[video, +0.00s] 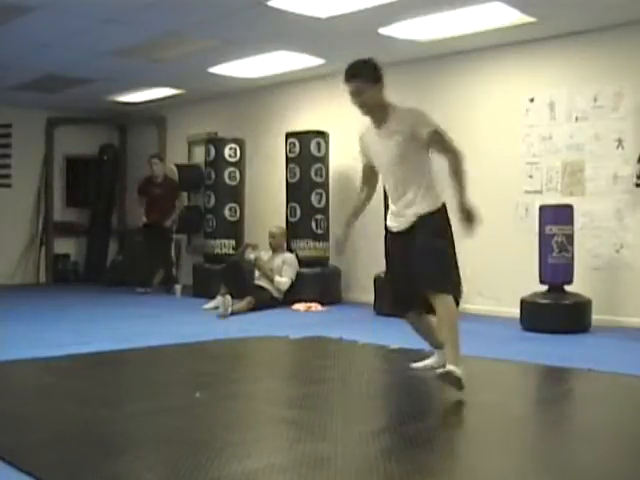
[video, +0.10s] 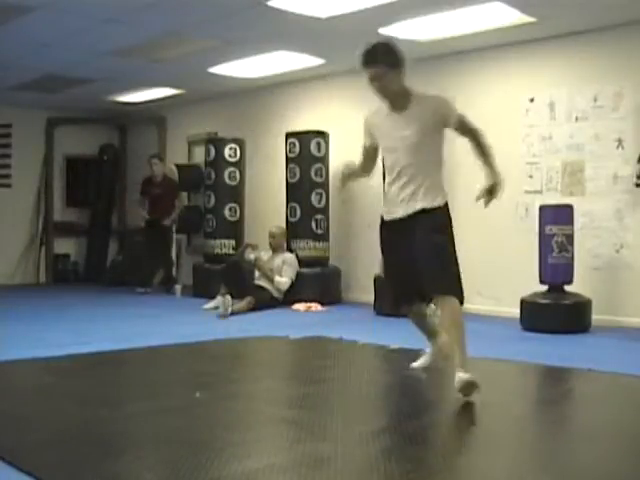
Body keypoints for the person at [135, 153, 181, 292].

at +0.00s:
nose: (154, 168)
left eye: (156, 164)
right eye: (152, 165)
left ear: (163, 165)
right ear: (149, 167)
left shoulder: (172, 184)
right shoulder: (146, 183)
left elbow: (178, 206)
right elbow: (141, 203)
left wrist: (170, 220)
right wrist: (142, 217)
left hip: (165, 224)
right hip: (149, 223)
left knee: (166, 256)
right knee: (149, 255)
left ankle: (168, 283)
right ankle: (148, 282)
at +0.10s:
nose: (154, 168)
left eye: (156, 164)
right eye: (152, 165)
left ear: (163, 165)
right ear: (149, 167)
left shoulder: (172, 183)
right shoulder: (147, 182)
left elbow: (178, 205)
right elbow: (142, 201)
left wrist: (170, 219)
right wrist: (144, 212)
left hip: (166, 221)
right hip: (151, 220)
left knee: (166, 254)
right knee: (150, 252)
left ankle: (168, 282)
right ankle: (149, 281)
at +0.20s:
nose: (152, 168)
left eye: (155, 165)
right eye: (150, 165)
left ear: (161, 166)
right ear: (148, 168)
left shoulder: (171, 183)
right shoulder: (146, 183)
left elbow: (179, 204)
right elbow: (143, 202)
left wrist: (170, 218)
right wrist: (144, 213)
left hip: (166, 222)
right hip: (152, 221)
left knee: (165, 254)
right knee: (151, 253)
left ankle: (168, 283)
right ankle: (151, 282)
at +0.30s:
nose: (148, 169)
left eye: (151, 165)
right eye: (146, 166)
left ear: (158, 167)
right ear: (145, 168)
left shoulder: (168, 183)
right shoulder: (145, 184)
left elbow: (179, 203)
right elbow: (145, 201)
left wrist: (171, 218)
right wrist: (144, 212)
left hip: (166, 222)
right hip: (152, 221)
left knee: (165, 255)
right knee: (151, 253)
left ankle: (168, 284)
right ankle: (152, 282)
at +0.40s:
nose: (145, 169)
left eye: (148, 166)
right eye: (143, 167)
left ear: (156, 168)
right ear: (142, 169)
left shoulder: (166, 183)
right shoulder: (143, 184)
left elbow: (177, 203)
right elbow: (143, 202)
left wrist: (170, 218)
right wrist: (143, 213)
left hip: (166, 222)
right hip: (152, 221)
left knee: (165, 254)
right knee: (151, 253)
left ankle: (167, 284)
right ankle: (152, 282)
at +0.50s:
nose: (142, 172)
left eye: (145, 168)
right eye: (141, 169)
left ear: (152, 168)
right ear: (140, 171)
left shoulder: (166, 183)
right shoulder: (143, 185)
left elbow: (174, 202)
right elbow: (141, 202)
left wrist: (171, 215)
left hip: (166, 222)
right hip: (151, 222)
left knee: (165, 255)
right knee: (151, 254)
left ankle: (168, 284)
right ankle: (152, 283)